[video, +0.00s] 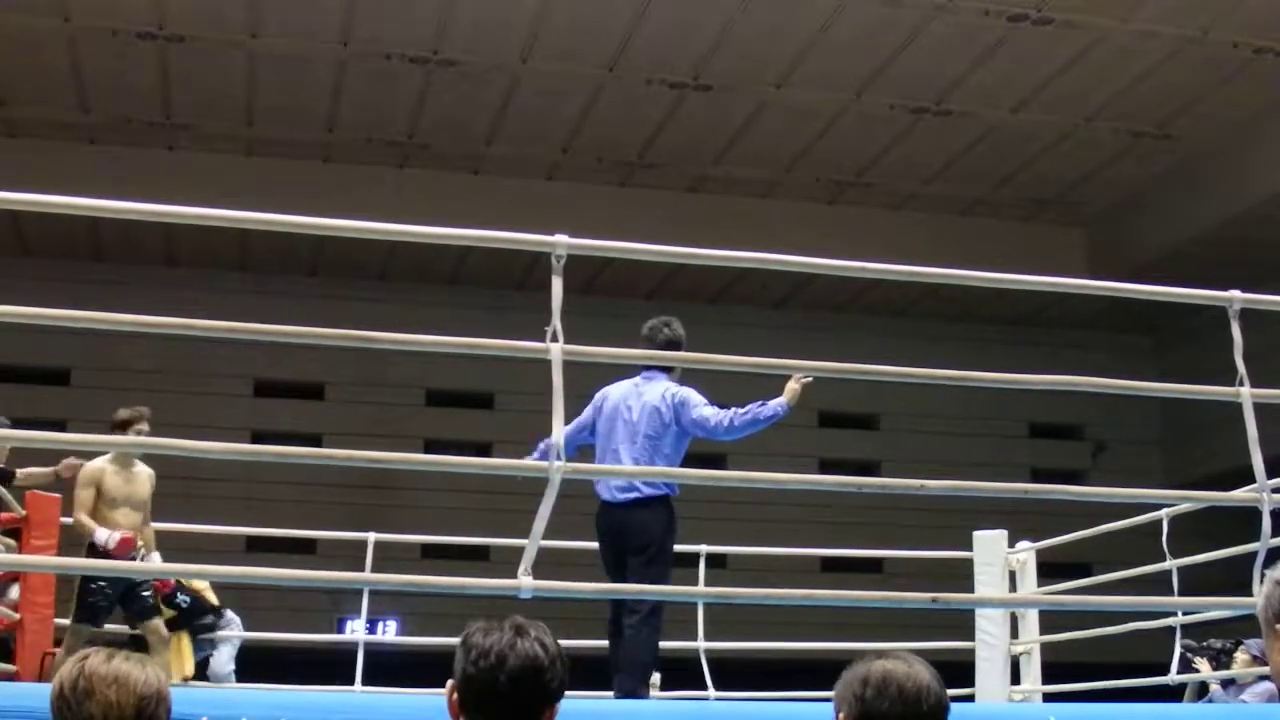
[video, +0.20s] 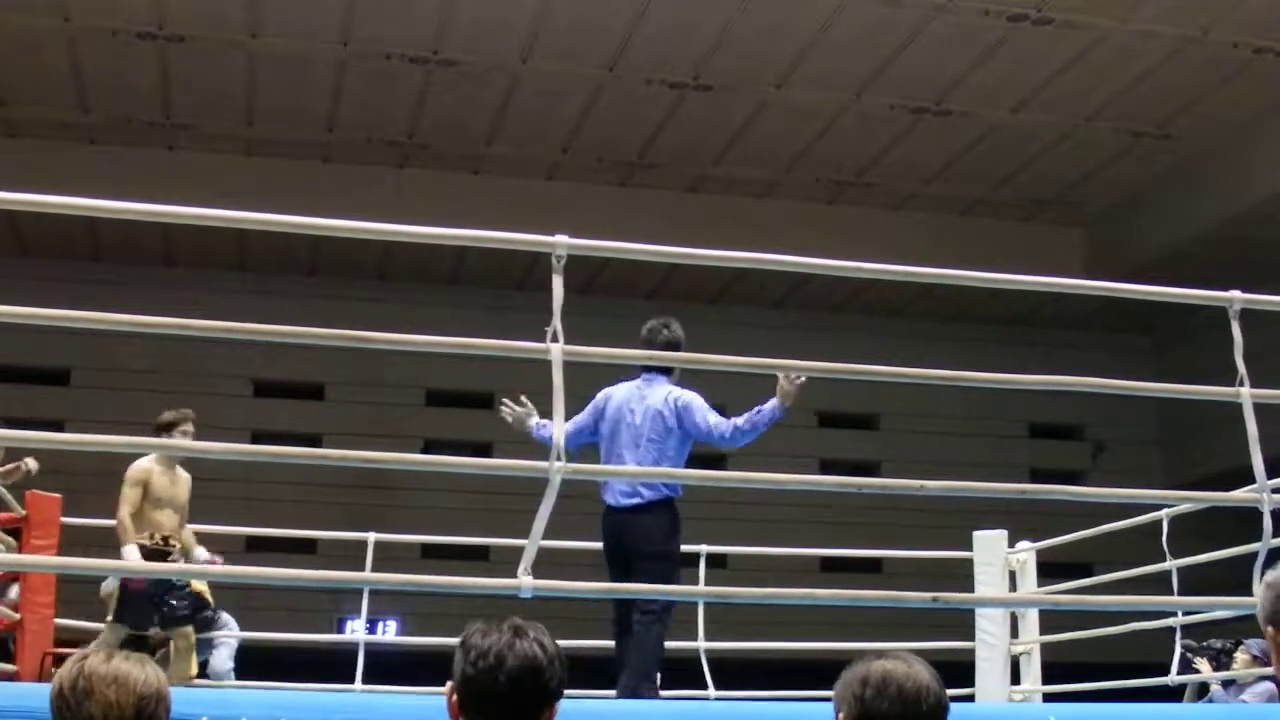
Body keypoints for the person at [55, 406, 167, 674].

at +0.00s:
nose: (144, 439)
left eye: (147, 434)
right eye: (138, 433)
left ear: (148, 437)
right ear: (120, 433)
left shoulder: (147, 474)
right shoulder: (94, 470)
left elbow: (145, 523)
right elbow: (80, 516)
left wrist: (155, 562)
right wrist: (105, 537)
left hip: (136, 567)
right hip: (101, 566)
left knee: (159, 636)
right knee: (77, 637)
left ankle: (160, 707)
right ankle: (54, 704)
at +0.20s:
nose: (190, 441)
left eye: (192, 435)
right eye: (184, 434)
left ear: (191, 440)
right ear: (165, 435)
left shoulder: (184, 478)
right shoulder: (141, 469)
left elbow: (181, 525)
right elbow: (123, 515)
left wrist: (200, 555)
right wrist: (133, 560)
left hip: (174, 565)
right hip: (142, 562)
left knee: (185, 640)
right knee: (113, 635)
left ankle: (178, 711)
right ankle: (74, 690)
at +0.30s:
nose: (211, 436)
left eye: (213, 430)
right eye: (205, 429)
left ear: (211, 434)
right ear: (185, 431)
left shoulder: (203, 473)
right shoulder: (160, 462)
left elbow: (199, 521)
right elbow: (136, 505)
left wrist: (224, 537)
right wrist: (143, 551)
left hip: (186, 556)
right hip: (157, 553)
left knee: (184, 638)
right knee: (140, 630)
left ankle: (178, 707)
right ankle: (98, 675)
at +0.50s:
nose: (239, 437)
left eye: (242, 432)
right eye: (234, 430)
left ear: (241, 434)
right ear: (214, 430)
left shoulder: (236, 473)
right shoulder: (184, 462)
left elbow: (247, 516)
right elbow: (155, 503)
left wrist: (265, 524)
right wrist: (176, 524)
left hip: (212, 552)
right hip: (182, 549)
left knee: (200, 629)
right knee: (187, 624)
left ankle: (179, 694)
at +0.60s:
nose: (248, 437)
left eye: (251, 431)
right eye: (242, 430)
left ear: (251, 434)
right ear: (222, 431)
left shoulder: (248, 471)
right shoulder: (194, 464)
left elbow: (261, 512)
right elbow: (171, 509)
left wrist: (279, 528)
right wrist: (191, 524)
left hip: (230, 554)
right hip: (198, 552)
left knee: (228, 629)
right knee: (206, 625)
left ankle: (225, 691)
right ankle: (202, 698)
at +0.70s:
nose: (257, 431)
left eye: (259, 426)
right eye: (251, 425)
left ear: (259, 429)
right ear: (231, 427)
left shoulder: (259, 468)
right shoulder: (204, 465)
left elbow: (271, 511)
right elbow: (187, 511)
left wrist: (286, 530)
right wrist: (209, 528)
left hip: (246, 556)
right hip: (215, 555)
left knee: (240, 639)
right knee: (222, 634)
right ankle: (205, 705)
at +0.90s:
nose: (293, 422)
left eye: (295, 416)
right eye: (288, 415)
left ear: (290, 417)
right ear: (267, 413)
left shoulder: (286, 453)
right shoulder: (238, 450)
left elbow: (284, 500)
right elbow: (227, 499)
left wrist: (310, 510)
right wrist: (271, 503)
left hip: (283, 542)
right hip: (251, 542)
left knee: (308, 627)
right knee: (236, 633)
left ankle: (269, 692)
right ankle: (215, 701)